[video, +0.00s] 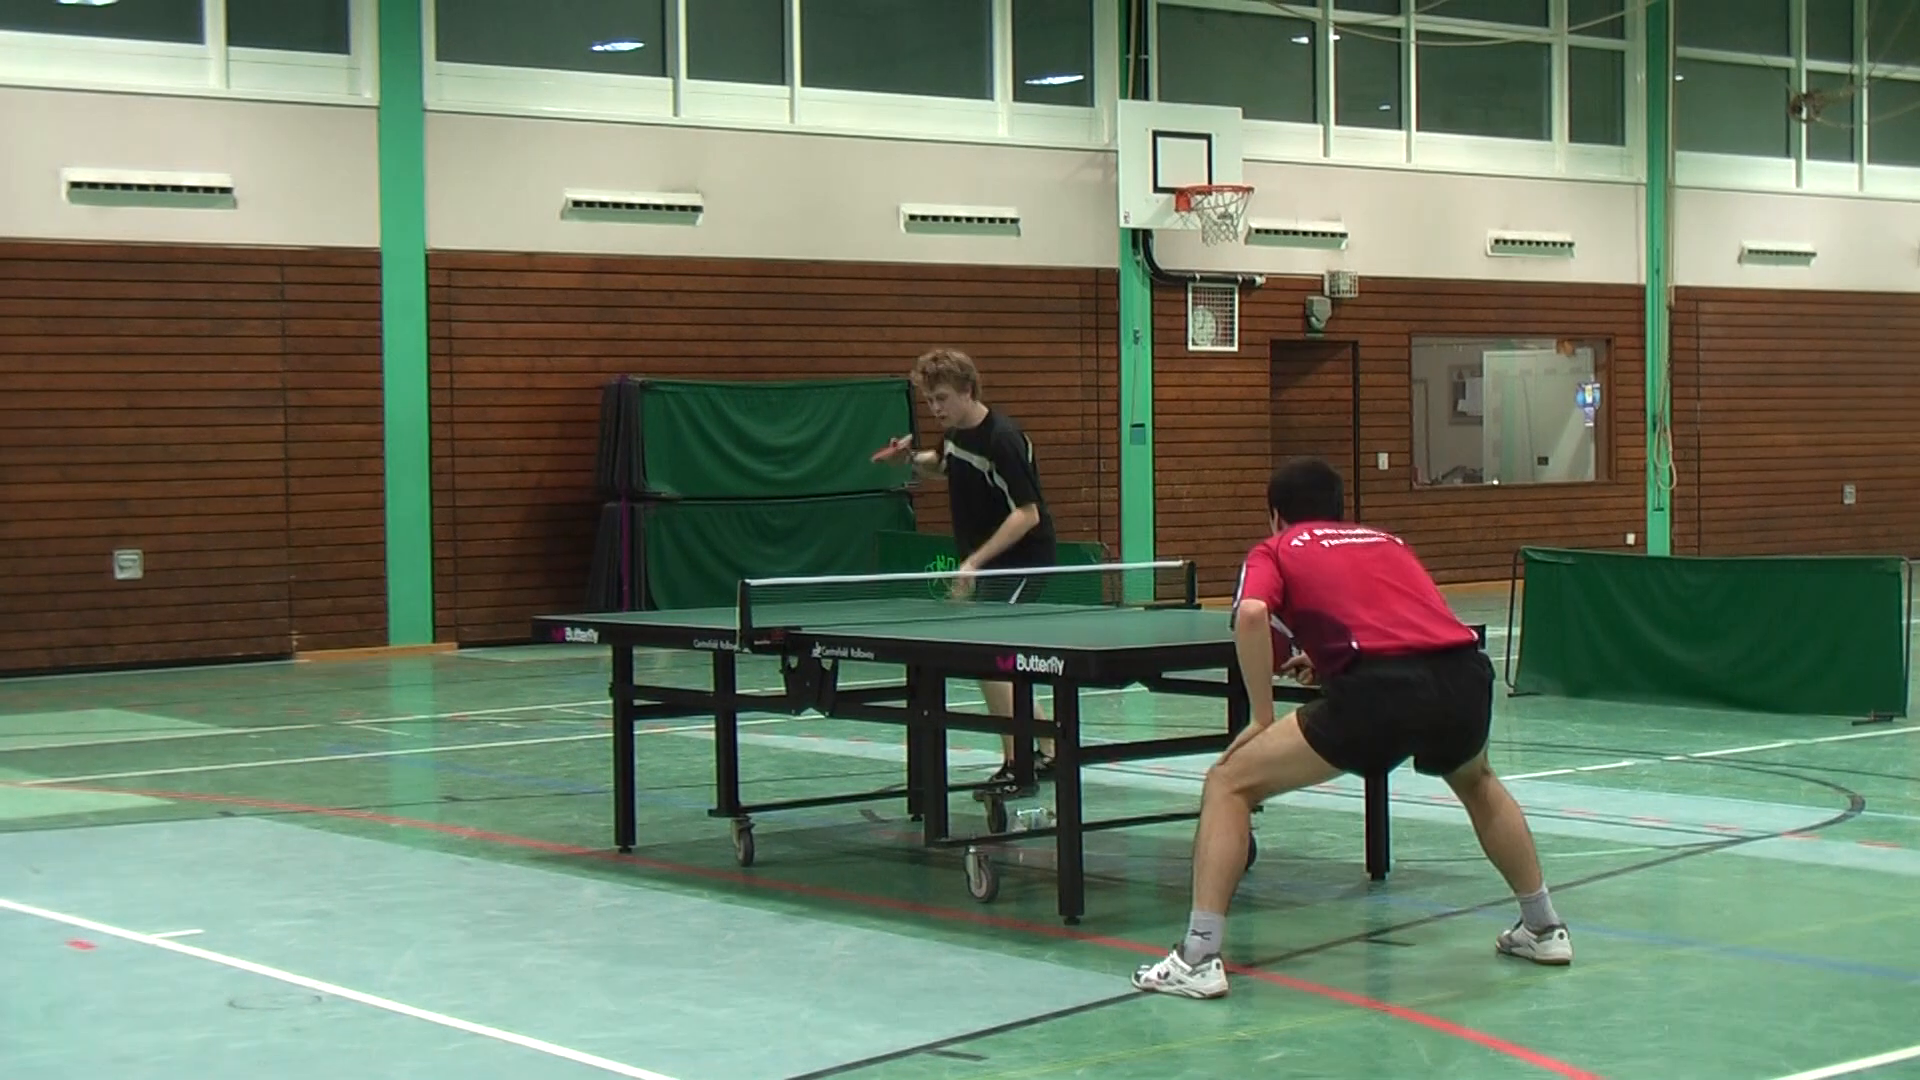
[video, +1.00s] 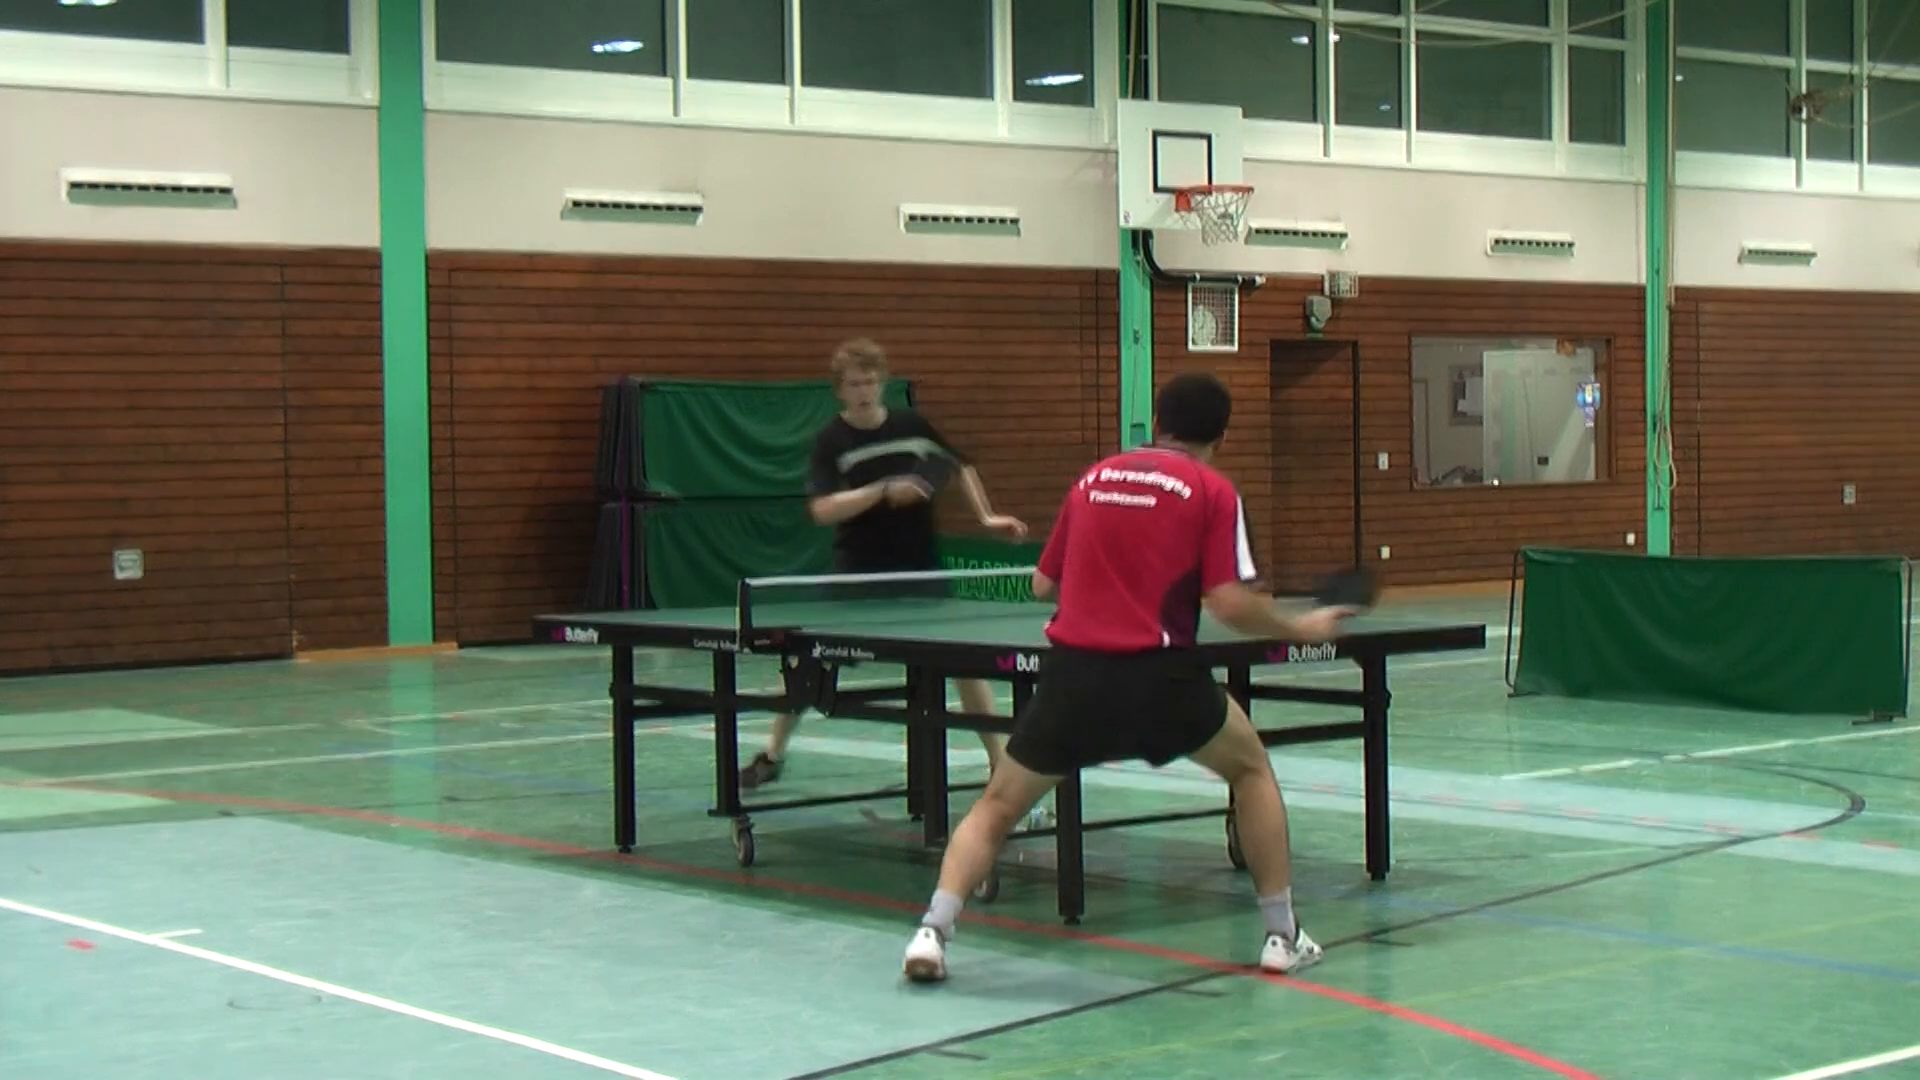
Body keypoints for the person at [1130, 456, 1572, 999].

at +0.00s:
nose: (1270, 528)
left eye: (1271, 518)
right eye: (1273, 518)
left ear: (1278, 518)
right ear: (1339, 511)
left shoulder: (1273, 548)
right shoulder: (1385, 539)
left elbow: (1251, 612)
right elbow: (1418, 613)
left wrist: (1262, 714)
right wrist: (1326, 658)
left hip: (1379, 689)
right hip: (1464, 680)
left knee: (1229, 781)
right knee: (1478, 781)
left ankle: (1199, 957)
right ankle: (1545, 925)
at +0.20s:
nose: (1268, 519)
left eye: (1267, 510)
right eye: (1269, 509)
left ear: (1274, 510)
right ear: (1333, 500)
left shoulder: (1273, 542)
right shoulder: (1379, 532)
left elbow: (1254, 612)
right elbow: (1413, 606)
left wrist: (1262, 711)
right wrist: (1328, 652)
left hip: (1378, 686)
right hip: (1461, 677)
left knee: (1228, 781)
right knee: (1473, 781)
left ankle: (1200, 956)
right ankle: (1544, 925)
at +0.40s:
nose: (1215, 449)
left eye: (1216, 441)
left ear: (1224, 443)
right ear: (1283, 439)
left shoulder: (1221, 485)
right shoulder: (1325, 486)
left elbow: (1208, 572)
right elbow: (1368, 580)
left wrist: (1198, 677)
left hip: (1304, 665)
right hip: (1378, 661)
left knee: (1163, 785)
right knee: (1420, 794)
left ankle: (1199, 958)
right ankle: (1531, 924)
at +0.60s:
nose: (1181, 379)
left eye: (1183, 370)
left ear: (1188, 375)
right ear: (1253, 377)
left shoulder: (1157, 429)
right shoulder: (1293, 443)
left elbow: (1100, 516)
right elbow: (1337, 564)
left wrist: (1082, 613)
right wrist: (1269, 558)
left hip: (1174, 628)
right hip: (1262, 634)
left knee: (1105, 774)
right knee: (1268, 770)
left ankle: (1146, 917)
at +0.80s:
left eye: (1153, 389)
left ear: (1154, 393)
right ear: (1218, 399)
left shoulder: (1106, 449)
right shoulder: (1239, 472)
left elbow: (1030, 536)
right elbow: (1277, 588)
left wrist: (1027, 605)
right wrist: (1304, 595)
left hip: (1091, 658)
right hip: (1183, 666)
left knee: (1007, 796)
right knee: (1235, 777)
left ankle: (955, 952)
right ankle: (1215, 924)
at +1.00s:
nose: (1215, 447)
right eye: (1219, 437)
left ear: (1155, 423)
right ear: (1216, 435)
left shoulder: (1095, 475)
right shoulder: (1213, 492)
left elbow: (1046, 583)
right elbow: (1228, 601)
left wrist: (1122, 579)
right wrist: (1297, 627)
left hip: (1071, 681)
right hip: (1160, 681)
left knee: (996, 806)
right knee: (1249, 769)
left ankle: (930, 932)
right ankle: (1283, 936)